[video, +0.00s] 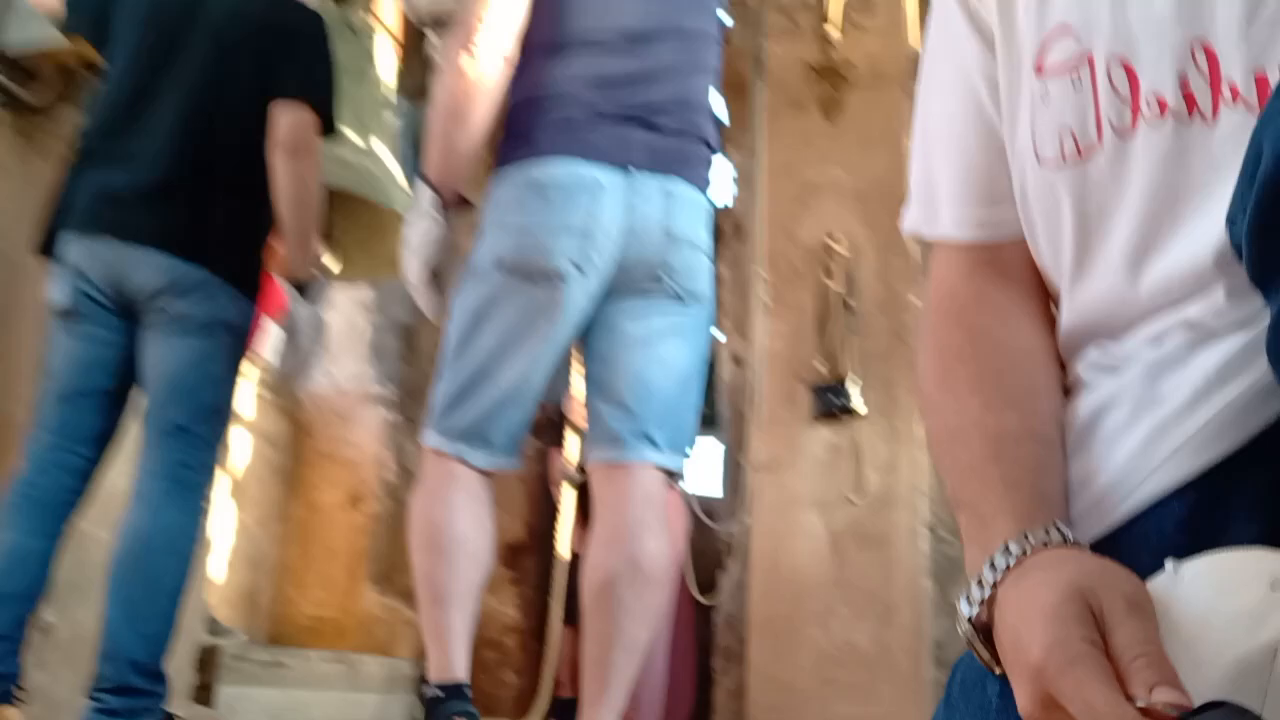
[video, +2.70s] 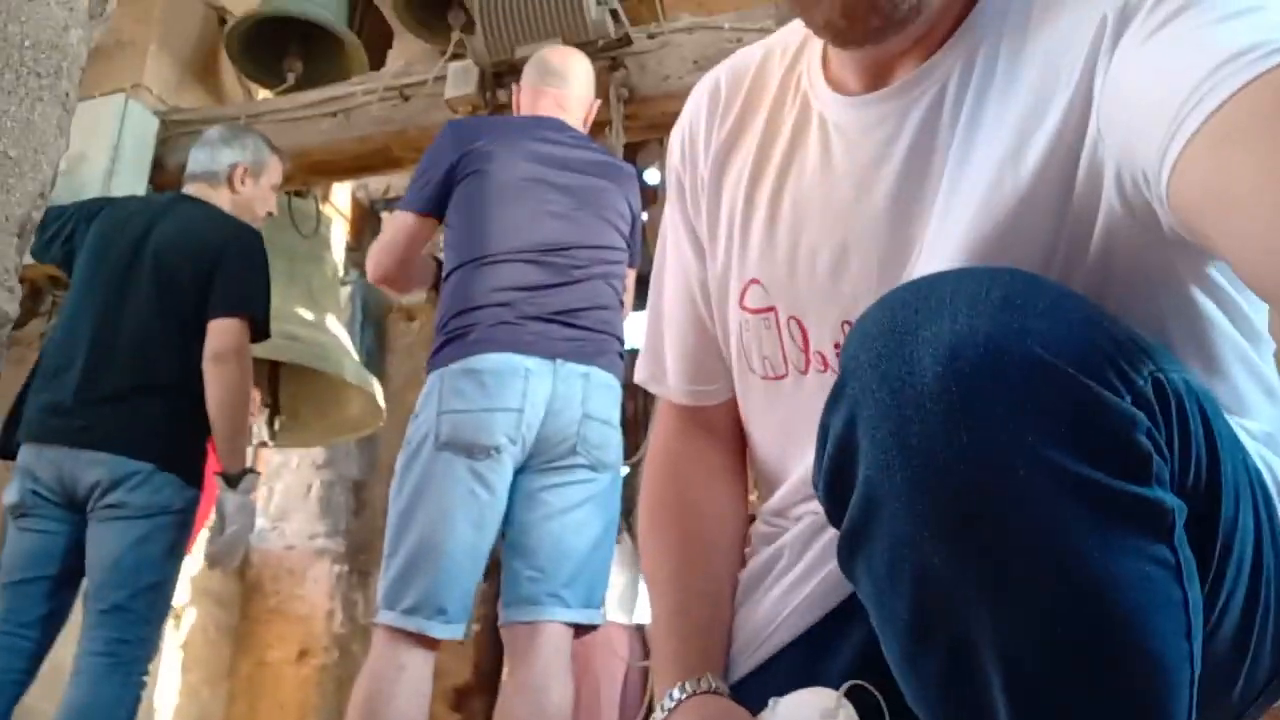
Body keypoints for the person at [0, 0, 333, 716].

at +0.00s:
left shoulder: (139, 3)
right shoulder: (291, 20)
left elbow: (77, 34)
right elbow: (293, 132)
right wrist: (303, 257)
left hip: (93, 226)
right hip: (201, 253)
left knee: (54, 459)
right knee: (173, 481)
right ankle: (126, 697)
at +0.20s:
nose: (345, 23)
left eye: (348, 16)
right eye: (348, 16)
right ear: (335, 8)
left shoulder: (188, 20)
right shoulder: (326, 57)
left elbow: (97, 28)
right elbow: (317, 166)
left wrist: (96, 14)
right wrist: (327, 287)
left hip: (133, 255)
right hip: (232, 278)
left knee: (89, 456)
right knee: (198, 476)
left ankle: (15, 666)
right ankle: (151, 687)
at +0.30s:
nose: (431, 49)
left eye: (432, 38)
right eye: (432, 37)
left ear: (357, 14)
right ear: (419, 30)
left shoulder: (286, 54)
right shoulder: (408, 84)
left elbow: (198, 60)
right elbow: (405, 184)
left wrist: (194, 38)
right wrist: (418, 296)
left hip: (238, 278)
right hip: (329, 297)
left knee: (206, 464)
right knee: (304, 482)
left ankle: (144, 665)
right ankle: (265, 684)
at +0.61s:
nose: (340, 69)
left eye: (341, 59)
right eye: (342, 59)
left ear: (269, 37)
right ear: (331, 51)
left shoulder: (197, 80)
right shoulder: (321, 101)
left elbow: (110, 92)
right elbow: (319, 207)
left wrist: (100, 71)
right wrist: (332, 316)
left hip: (148, 302)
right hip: (239, 317)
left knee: (114, 490)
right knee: (217, 499)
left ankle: (50, 687)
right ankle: (179, 695)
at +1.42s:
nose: (312, 162)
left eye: (316, 148)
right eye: (311, 144)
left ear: (236, 127)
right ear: (277, 128)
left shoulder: (154, 165)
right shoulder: (281, 192)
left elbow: (69, 185)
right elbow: (276, 294)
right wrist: (290, 413)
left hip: (101, 383)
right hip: (196, 403)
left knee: (58, 583)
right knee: (164, 596)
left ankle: (14, 707)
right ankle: (128, 714)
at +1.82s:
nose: (357, 202)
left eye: (359, 188)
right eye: (351, 185)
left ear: (280, 178)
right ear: (312, 176)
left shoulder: (203, 218)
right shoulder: (314, 242)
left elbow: (137, 232)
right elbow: (309, 343)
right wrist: (320, 460)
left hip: (152, 440)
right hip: (242, 455)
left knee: (124, 619)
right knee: (221, 633)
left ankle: (76, 712)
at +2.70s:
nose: (274, 209)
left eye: (278, 193)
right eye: (273, 189)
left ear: (200, 174)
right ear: (237, 176)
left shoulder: (114, 214)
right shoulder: (235, 240)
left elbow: (42, 225)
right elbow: (224, 352)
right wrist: (237, 475)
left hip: (48, 443)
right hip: (147, 461)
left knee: (12, 634)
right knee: (113, 655)